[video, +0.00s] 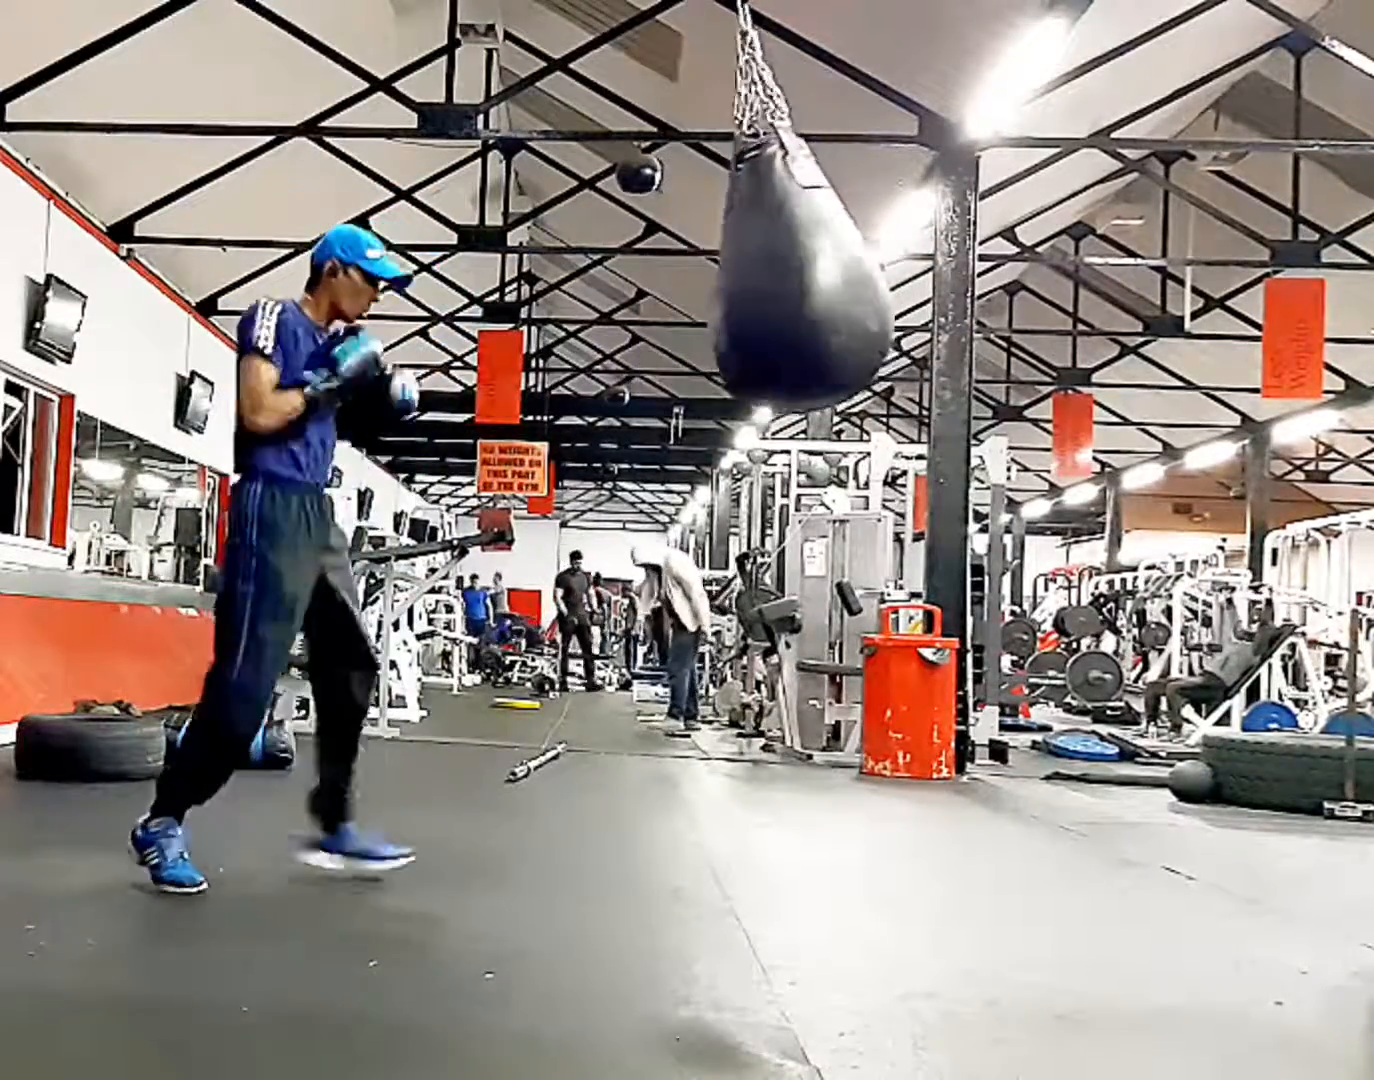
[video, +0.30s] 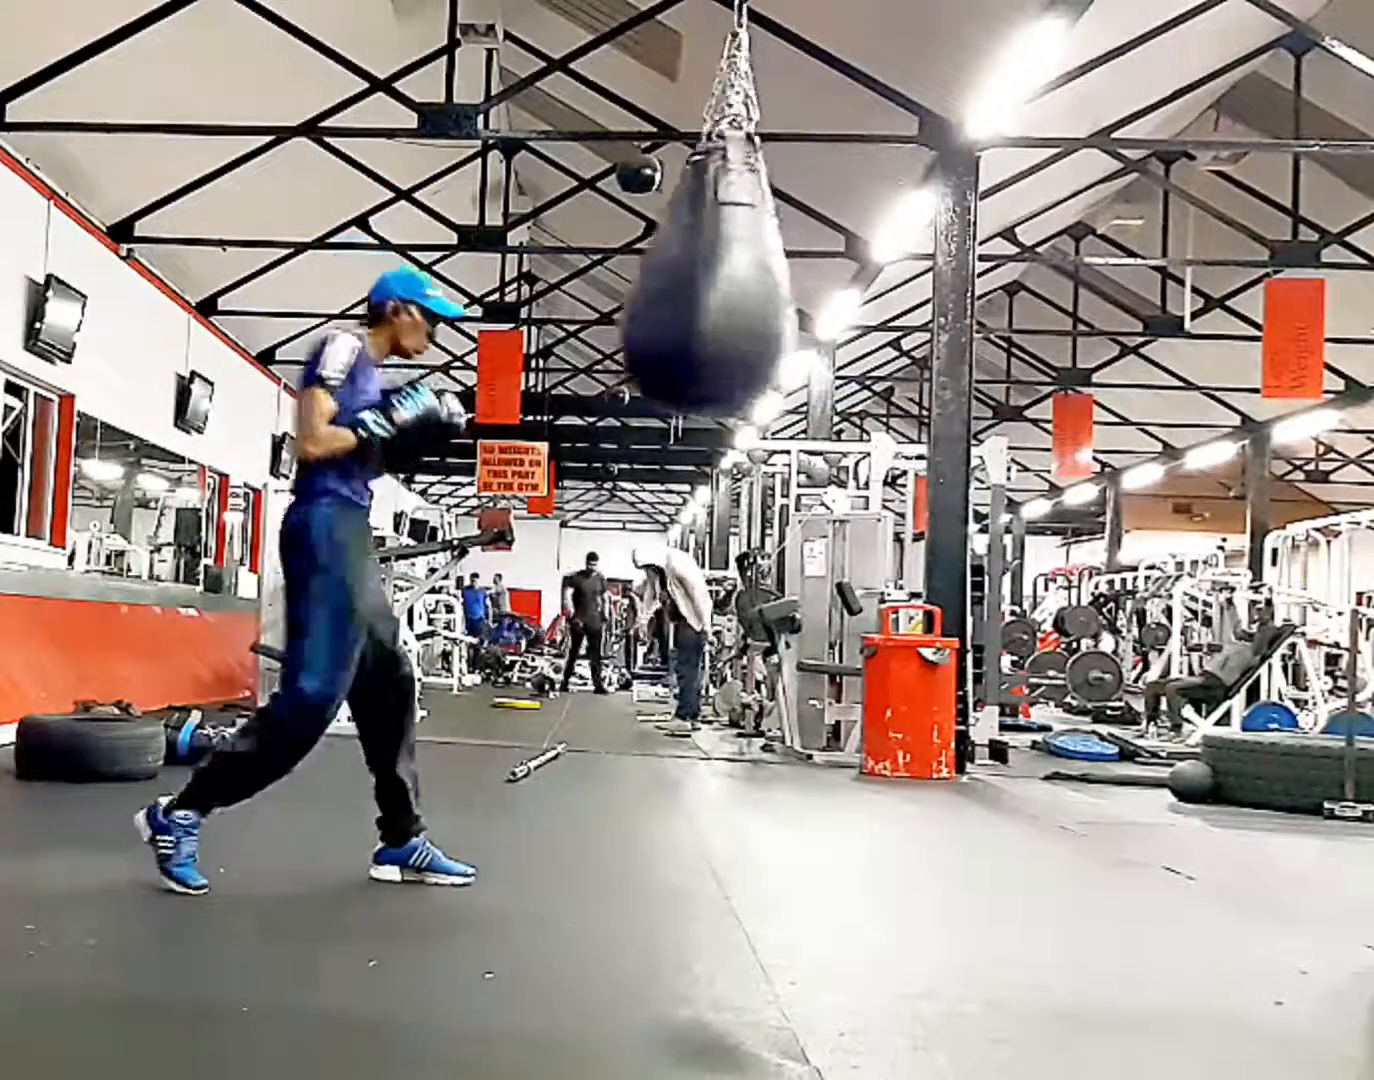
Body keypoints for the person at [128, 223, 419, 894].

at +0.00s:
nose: (376, 296)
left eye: (379, 286)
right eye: (370, 282)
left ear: (350, 281)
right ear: (332, 271)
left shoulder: (336, 346)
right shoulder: (272, 320)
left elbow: (340, 428)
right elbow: (256, 414)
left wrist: (382, 407)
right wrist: (329, 381)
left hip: (317, 514)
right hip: (269, 509)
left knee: (350, 669)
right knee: (246, 684)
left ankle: (333, 825)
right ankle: (161, 823)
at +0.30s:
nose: (432, 335)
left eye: (434, 325)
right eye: (427, 321)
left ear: (398, 317)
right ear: (396, 312)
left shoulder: (375, 372)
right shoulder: (341, 347)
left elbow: (365, 457)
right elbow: (312, 443)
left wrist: (413, 431)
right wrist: (386, 420)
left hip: (350, 530)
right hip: (324, 526)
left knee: (388, 683)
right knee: (312, 699)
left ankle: (401, 839)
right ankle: (179, 815)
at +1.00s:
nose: (449, 327)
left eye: (452, 316)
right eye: (443, 313)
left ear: (417, 312)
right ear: (409, 307)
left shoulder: (405, 373)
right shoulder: (361, 351)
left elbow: (403, 451)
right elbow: (350, 418)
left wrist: (458, 424)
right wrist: (432, 386)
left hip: (366, 538)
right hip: (339, 532)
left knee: (400, 687)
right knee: (285, 702)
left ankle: (403, 839)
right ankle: (161, 824)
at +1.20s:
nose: (463, 334)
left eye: (465, 324)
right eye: (458, 321)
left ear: (414, 315)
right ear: (428, 313)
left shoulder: (367, 362)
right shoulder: (403, 351)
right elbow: (470, 414)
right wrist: (554, 411)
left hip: (357, 532)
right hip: (346, 530)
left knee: (394, 688)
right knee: (288, 694)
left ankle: (403, 843)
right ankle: (164, 822)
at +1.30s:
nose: (484, 354)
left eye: (485, 342)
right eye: (478, 341)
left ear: (443, 338)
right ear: (444, 335)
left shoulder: (405, 373)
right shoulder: (411, 367)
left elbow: (393, 454)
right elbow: (390, 445)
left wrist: (454, 448)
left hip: (361, 540)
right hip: (340, 536)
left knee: (403, 689)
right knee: (318, 705)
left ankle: (404, 843)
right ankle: (179, 816)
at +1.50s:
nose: (464, 354)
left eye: (465, 343)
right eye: (457, 341)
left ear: (430, 341)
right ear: (422, 337)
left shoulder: (402, 387)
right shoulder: (377, 374)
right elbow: (314, 443)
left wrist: (451, 427)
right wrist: (384, 468)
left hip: (364, 559)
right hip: (329, 555)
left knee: (419, 698)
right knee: (312, 724)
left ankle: (407, 844)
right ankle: (169, 822)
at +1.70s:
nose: (403, 297)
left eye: (406, 285)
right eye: (396, 282)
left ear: (377, 281)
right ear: (359, 272)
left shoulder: (361, 345)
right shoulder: (302, 317)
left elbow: (346, 440)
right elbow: (276, 416)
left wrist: (400, 446)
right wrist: (353, 396)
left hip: (334, 519)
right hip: (287, 513)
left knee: (363, 671)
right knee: (250, 676)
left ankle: (363, 827)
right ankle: (156, 824)